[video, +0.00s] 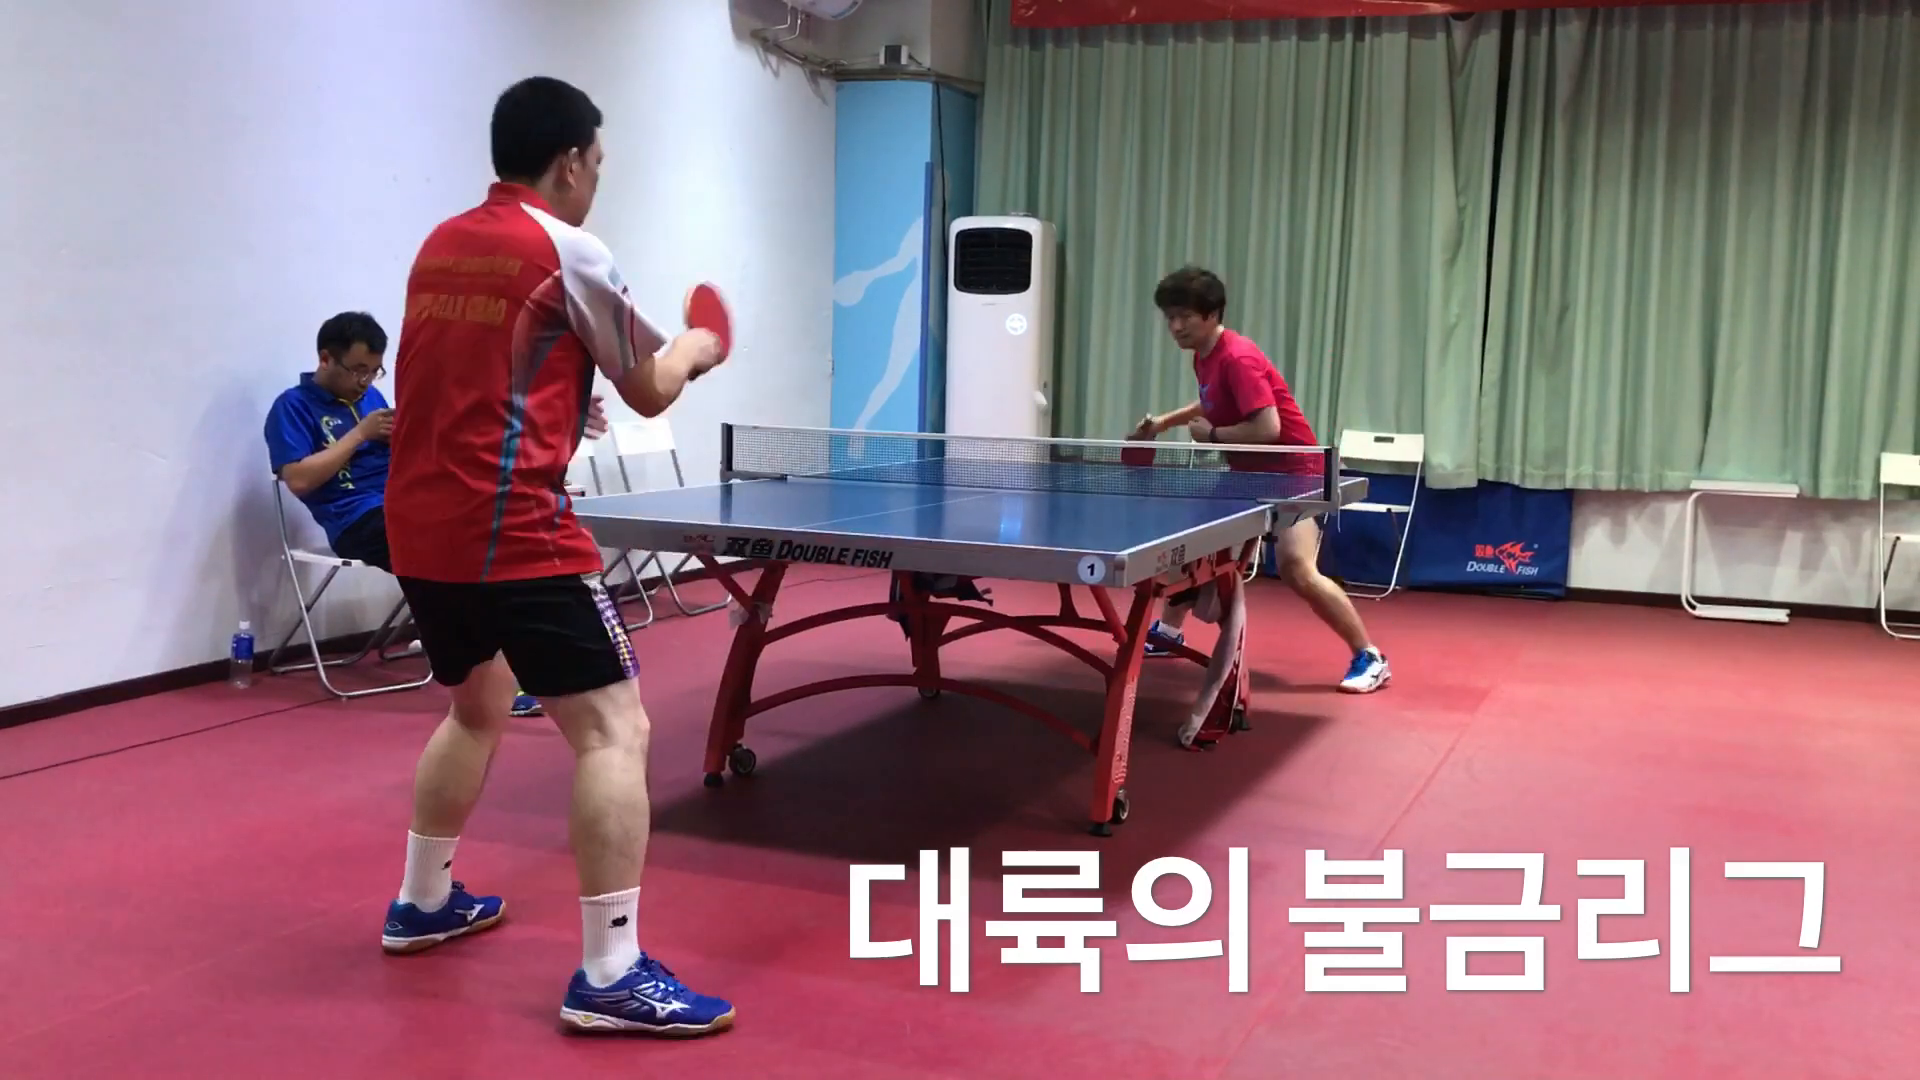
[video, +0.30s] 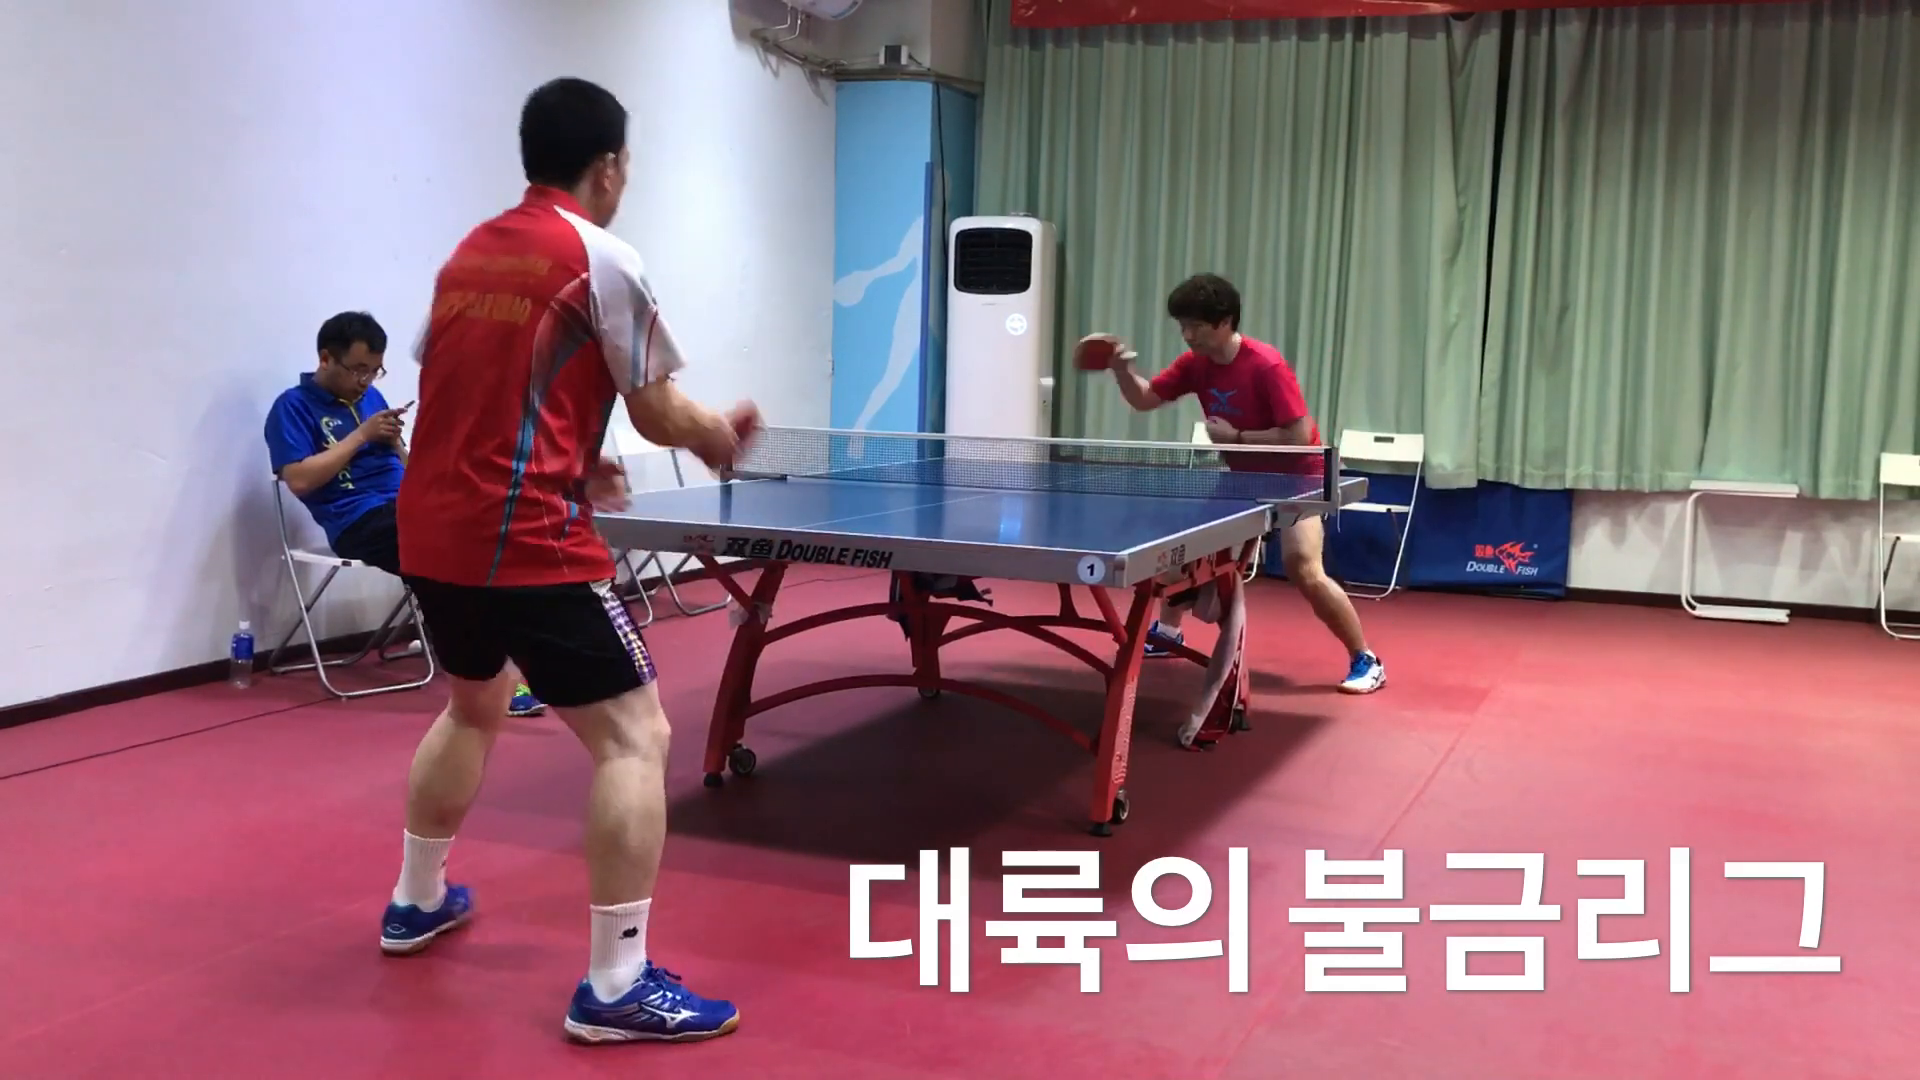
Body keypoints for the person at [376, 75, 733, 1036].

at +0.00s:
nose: (597, 177)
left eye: (594, 160)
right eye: (596, 160)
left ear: (503, 158)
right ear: (573, 161)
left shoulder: (439, 244)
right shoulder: (568, 255)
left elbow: (457, 385)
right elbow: (650, 390)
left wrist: (573, 395)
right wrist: (693, 343)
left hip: (421, 533)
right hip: (519, 534)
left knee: (480, 707)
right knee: (611, 726)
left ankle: (422, 900)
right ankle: (611, 971)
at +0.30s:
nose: (625, 182)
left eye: (623, 166)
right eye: (625, 166)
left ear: (530, 162)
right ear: (607, 168)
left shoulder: (468, 251)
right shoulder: (597, 261)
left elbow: (460, 406)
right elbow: (661, 413)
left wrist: (575, 463)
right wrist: (718, 435)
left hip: (433, 539)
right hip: (532, 546)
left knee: (472, 709)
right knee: (632, 734)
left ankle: (415, 899)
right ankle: (618, 984)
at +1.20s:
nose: (659, 197)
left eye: (656, 179)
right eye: (659, 179)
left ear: (567, 174)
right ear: (639, 182)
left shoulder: (511, 255)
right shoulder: (605, 271)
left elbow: (523, 410)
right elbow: (658, 440)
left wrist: (631, 459)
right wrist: (745, 481)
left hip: (423, 535)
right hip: (509, 551)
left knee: (453, 712)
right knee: (615, 735)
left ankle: (369, 895)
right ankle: (606, 983)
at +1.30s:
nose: (673, 214)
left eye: (671, 197)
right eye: (669, 197)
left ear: (585, 199)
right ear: (640, 204)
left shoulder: (540, 276)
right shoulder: (584, 295)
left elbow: (560, 437)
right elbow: (598, 448)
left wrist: (641, 470)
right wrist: (722, 539)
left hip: (420, 553)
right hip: (487, 565)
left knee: (461, 725)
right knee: (618, 735)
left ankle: (365, 903)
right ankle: (603, 983)